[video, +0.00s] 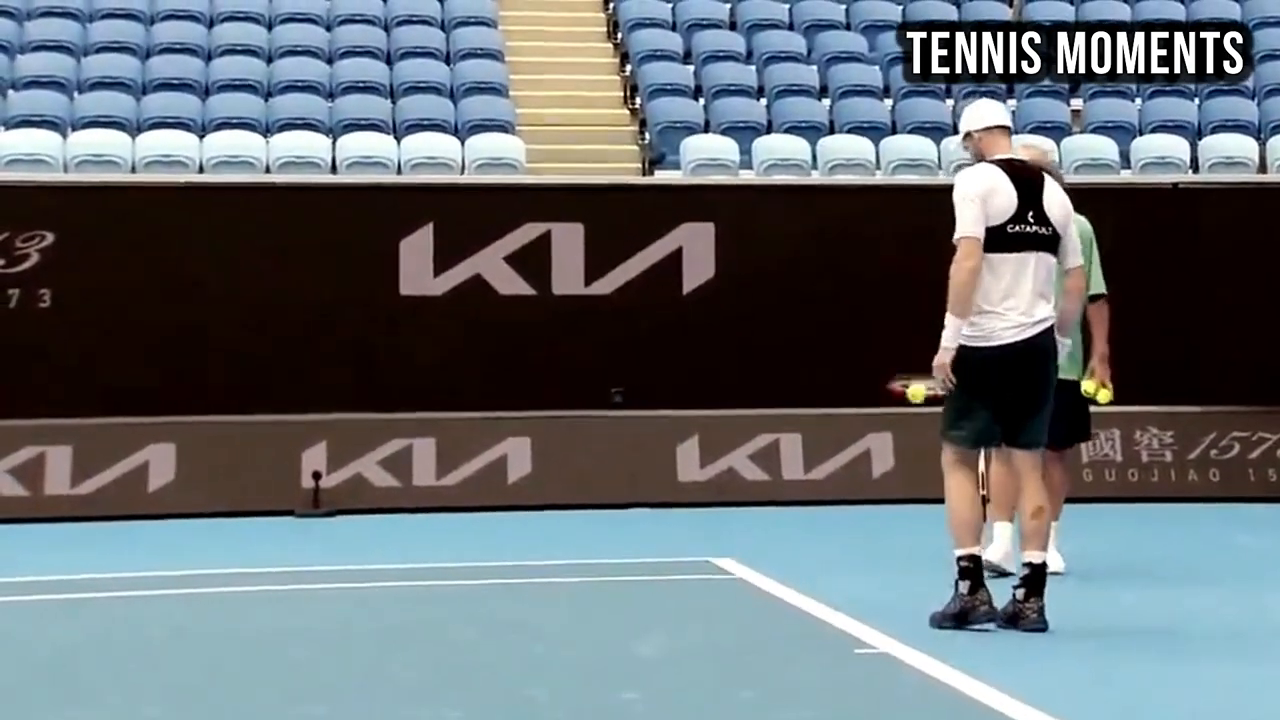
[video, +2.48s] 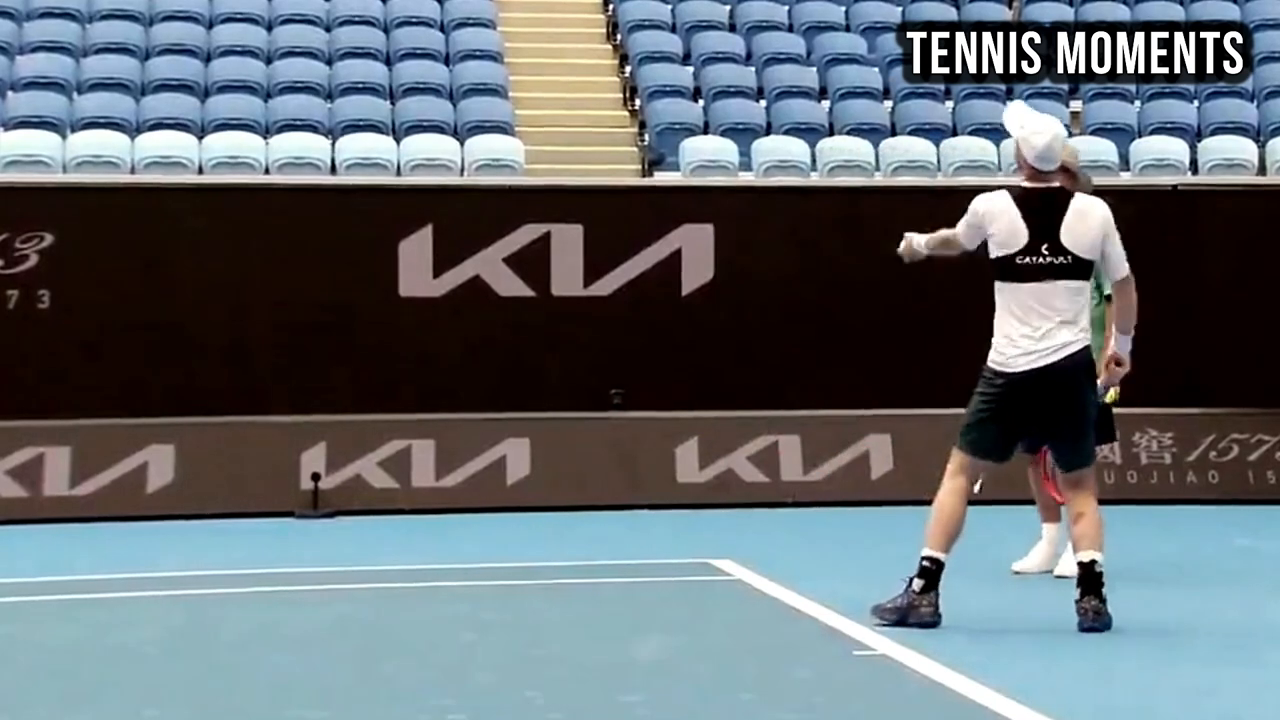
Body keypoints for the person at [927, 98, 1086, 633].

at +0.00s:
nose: (966, 148)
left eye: (966, 141)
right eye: (970, 139)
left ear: (972, 138)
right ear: (1011, 131)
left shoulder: (974, 180)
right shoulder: (1055, 189)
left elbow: (968, 258)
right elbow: (1074, 281)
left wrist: (949, 340)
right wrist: (1057, 337)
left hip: (982, 347)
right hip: (1037, 348)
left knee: (957, 459)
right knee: (1030, 464)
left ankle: (971, 591)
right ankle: (1031, 598)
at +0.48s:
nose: (923, 159)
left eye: (923, 151)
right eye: (922, 151)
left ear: (932, 145)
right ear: (967, 136)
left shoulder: (939, 190)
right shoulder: (1020, 189)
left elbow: (931, 274)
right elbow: (1053, 275)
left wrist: (903, 347)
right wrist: (1046, 347)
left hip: (963, 352)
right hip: (1020, 348)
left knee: (936, 466)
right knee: (1020, 466)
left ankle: (916, 590)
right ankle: (1028, 596)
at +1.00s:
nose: (829, 169)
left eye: (834, 158)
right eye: (829, 160)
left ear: (859, 157)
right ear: (871, 159)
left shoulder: (857, 216)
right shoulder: (931, 189)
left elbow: (858, 306)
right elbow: (980, 269)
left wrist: (854, 388)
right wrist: (969, 328)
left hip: (922, 352)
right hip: (980, 340)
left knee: (910, 471)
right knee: (994, 461)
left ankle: (914, 594)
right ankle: (1025, 586)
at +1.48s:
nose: (819, 180)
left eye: (822, 169)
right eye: (818, 170)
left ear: (845, 169)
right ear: (865, 169)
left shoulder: (842, 226)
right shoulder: (914, 197)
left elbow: (817, 315)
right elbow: (934, 286)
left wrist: (788, 391)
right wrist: (881, 345)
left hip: (927, 353)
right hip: (981, 333)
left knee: (910, 469)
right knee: (1022, 454)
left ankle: (913, 593)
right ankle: (1071, 570)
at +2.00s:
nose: (894, 187)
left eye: (898, 177)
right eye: (894, 178)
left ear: (918, 178)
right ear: (938, 178)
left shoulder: (914, 238)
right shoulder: (992, 204)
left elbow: (910, 329)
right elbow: (1005, 300)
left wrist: (902, 409)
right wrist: (958, 383)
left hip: (986, 361)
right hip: (1046, 350)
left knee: (944, 472)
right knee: (1056, 474)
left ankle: (915, 595)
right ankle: (1090, 595)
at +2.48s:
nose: (1013, 152)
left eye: (1015, 149)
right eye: (1023, 149)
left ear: (1019, 158)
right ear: (1062, 159)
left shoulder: (992, 206)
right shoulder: (1094, 212)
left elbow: (957, 241)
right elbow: (1123, 286)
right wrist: (1120, 346)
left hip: (1009, 371)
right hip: (1072, 369)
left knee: (960, 474)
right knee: (1080, 488)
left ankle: (923, 591)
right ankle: (1091, 597)